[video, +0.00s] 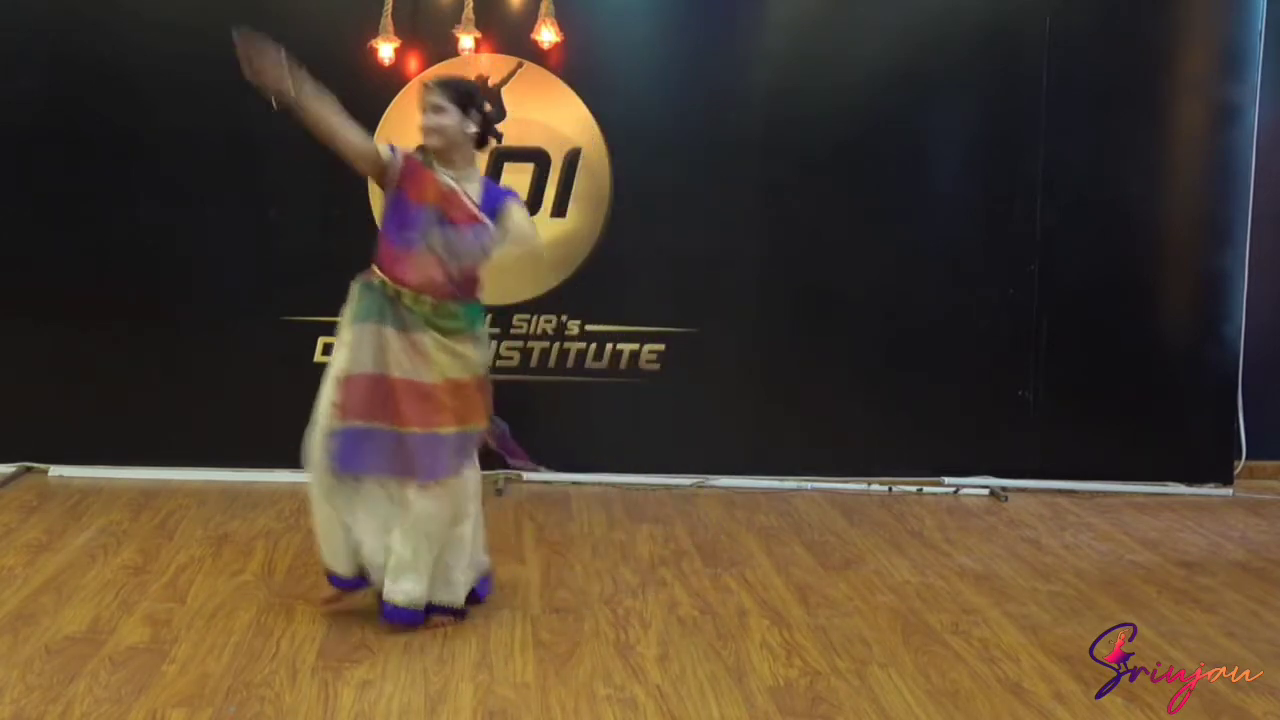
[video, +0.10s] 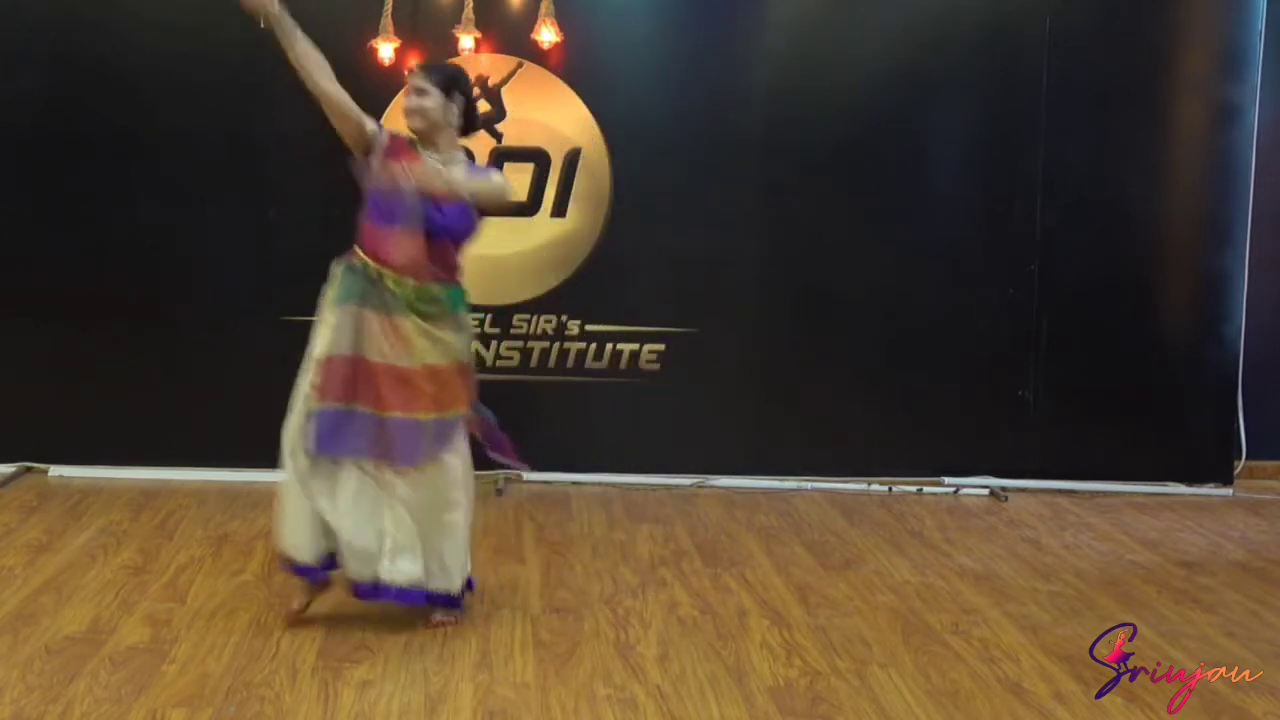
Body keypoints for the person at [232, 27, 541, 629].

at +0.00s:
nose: (427, 122)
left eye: (439, 112)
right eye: (425, 113)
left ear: (474, 124)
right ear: (424, 124)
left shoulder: (497, 203)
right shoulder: (404, 170)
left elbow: (534, 244)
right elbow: (345, 134)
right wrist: (292, 85)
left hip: (448, 333)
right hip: (382, 324)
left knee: (439, 461)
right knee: (343, 446)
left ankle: (422, 583)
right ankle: (358, 557)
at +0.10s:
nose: (407, 101)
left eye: (421, 94)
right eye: (407, 92)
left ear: (457, 107)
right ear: (404, 102)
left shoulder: (475, 175)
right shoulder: (379, 149)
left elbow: (499, 191)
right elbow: (323, 84)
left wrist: (446, 180)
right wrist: (276, 18)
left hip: (429, 318)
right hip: (358, 309)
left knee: (436, 452)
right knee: (319, 432)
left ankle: (444, 582)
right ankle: (314, 559)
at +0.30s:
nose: (369, 100)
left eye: (383, 93)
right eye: (368, 92)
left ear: (415, 109)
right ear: (363, 105)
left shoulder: (425, 172)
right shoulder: (331, 146)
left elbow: (475, 184)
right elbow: (263, 97)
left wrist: (411, 178)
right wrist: (238, 21)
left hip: (378, 312)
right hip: (308, 302)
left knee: (381, 447)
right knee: (303, 439)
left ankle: (405, 573)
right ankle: (307, 577)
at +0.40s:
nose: (348, 126)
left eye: (363, 118)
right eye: (346, 116)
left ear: (394, 134)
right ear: (341, 127)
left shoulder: (405, 211)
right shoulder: (309, 174)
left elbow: (471, 251)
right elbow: (227, 161)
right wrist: (234, 105)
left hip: (350, 343)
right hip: (281, 332)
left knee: (338, 466)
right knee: (276, 462)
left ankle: (322, 591)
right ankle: (273, 600)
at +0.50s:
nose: (343, 142)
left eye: (358, 136)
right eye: (341, 131)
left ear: (386, 154)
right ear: (333, 138)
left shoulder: (392, 233)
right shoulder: (299, 192)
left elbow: (457, 278)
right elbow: (216, 203)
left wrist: (443, 301)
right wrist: (238, 176)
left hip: (329, 372)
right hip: (260, 355)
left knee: (294, 490)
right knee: (241, 480)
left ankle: (249, 615)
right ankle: (214, 609)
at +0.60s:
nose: (347, 172)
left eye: (362, 169)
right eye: (343, 159)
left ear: (375, 185)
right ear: (327, 160)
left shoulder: (370, 253)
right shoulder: (281, 210)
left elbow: (432, 314)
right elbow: (209, 245)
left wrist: (460, 375)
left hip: (311, 379)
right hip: (243, 360)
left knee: (278, 492)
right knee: (226, 488)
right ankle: (185, 615)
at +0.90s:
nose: (329, 168)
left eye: (342, 163)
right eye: (322, 152)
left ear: (345, 173)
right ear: (290, 142)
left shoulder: (326, 230)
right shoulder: (242, 193)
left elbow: (396, 274)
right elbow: (176, 230)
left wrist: (403, 309)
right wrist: (242, 293)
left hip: (279, 372)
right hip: (214, 362)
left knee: (265, 486)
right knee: (205, 486)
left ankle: (253, 603)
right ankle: (173, 614)